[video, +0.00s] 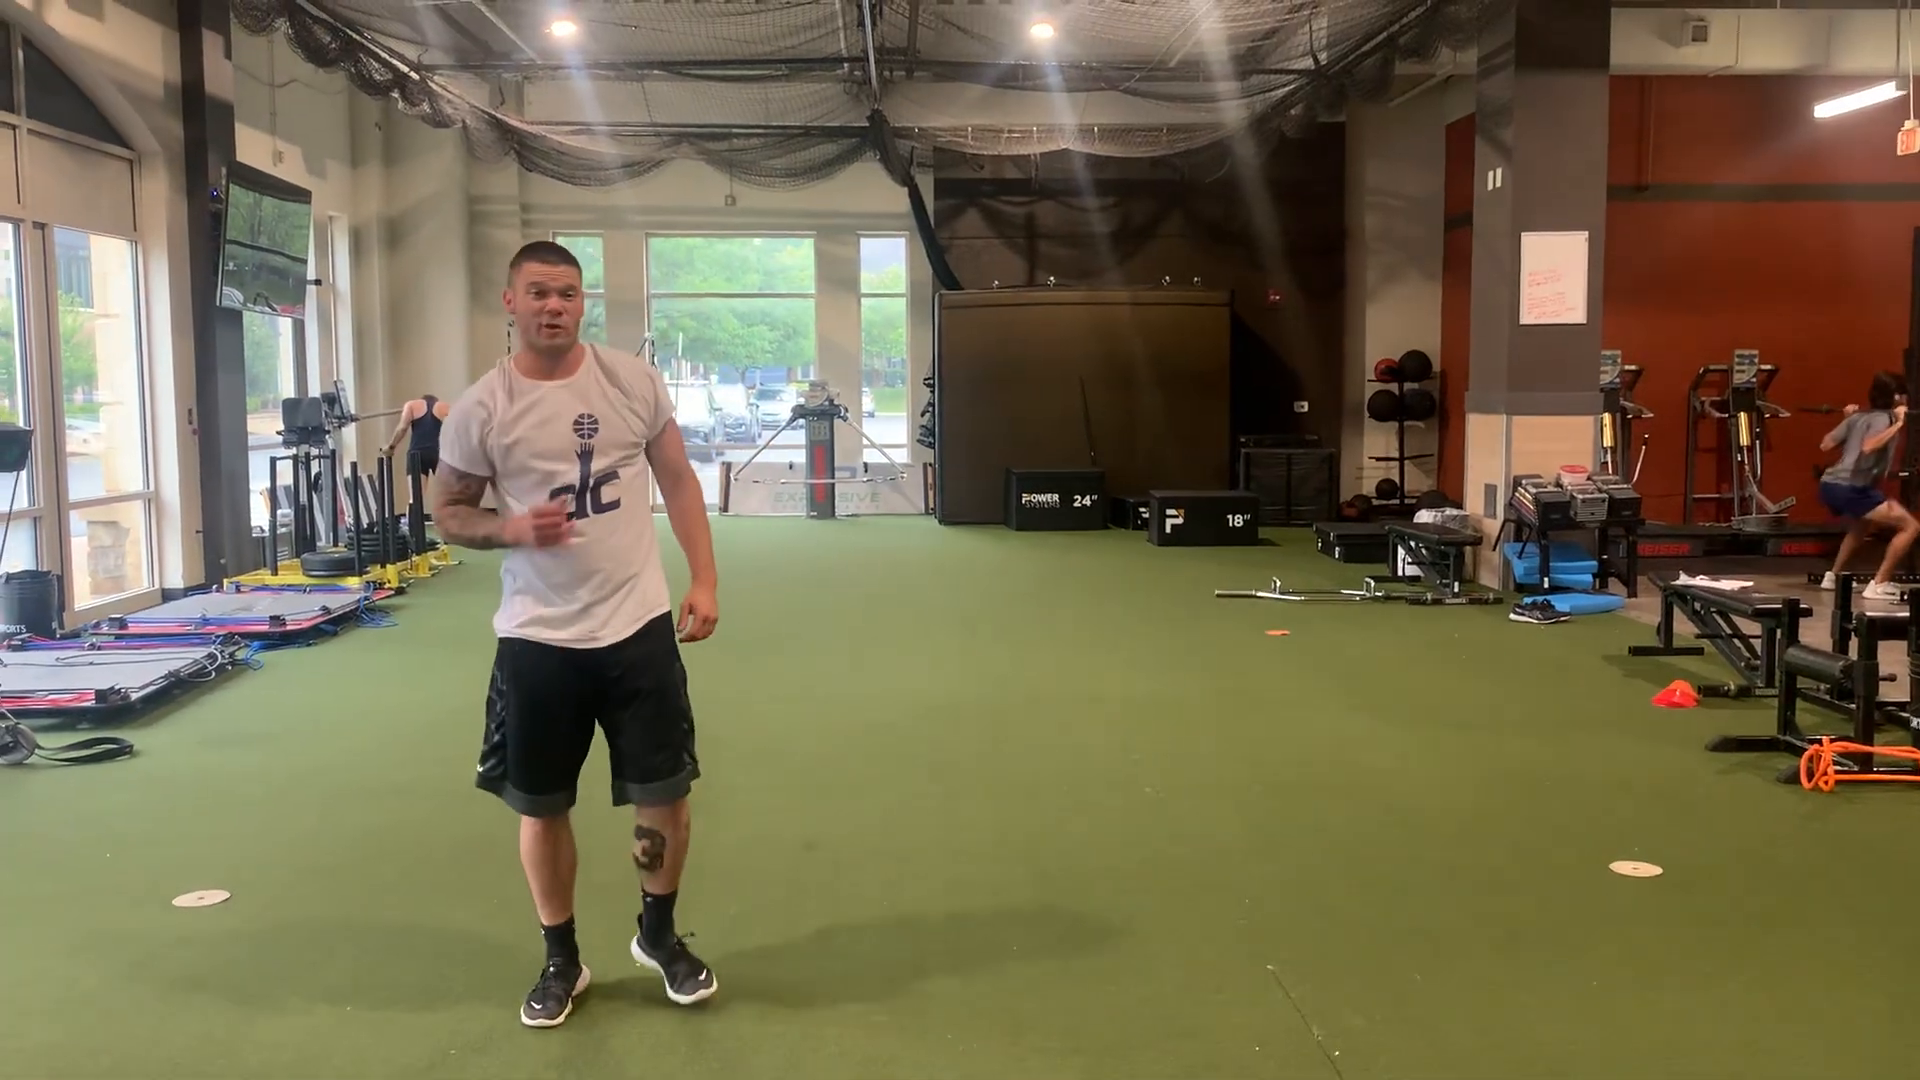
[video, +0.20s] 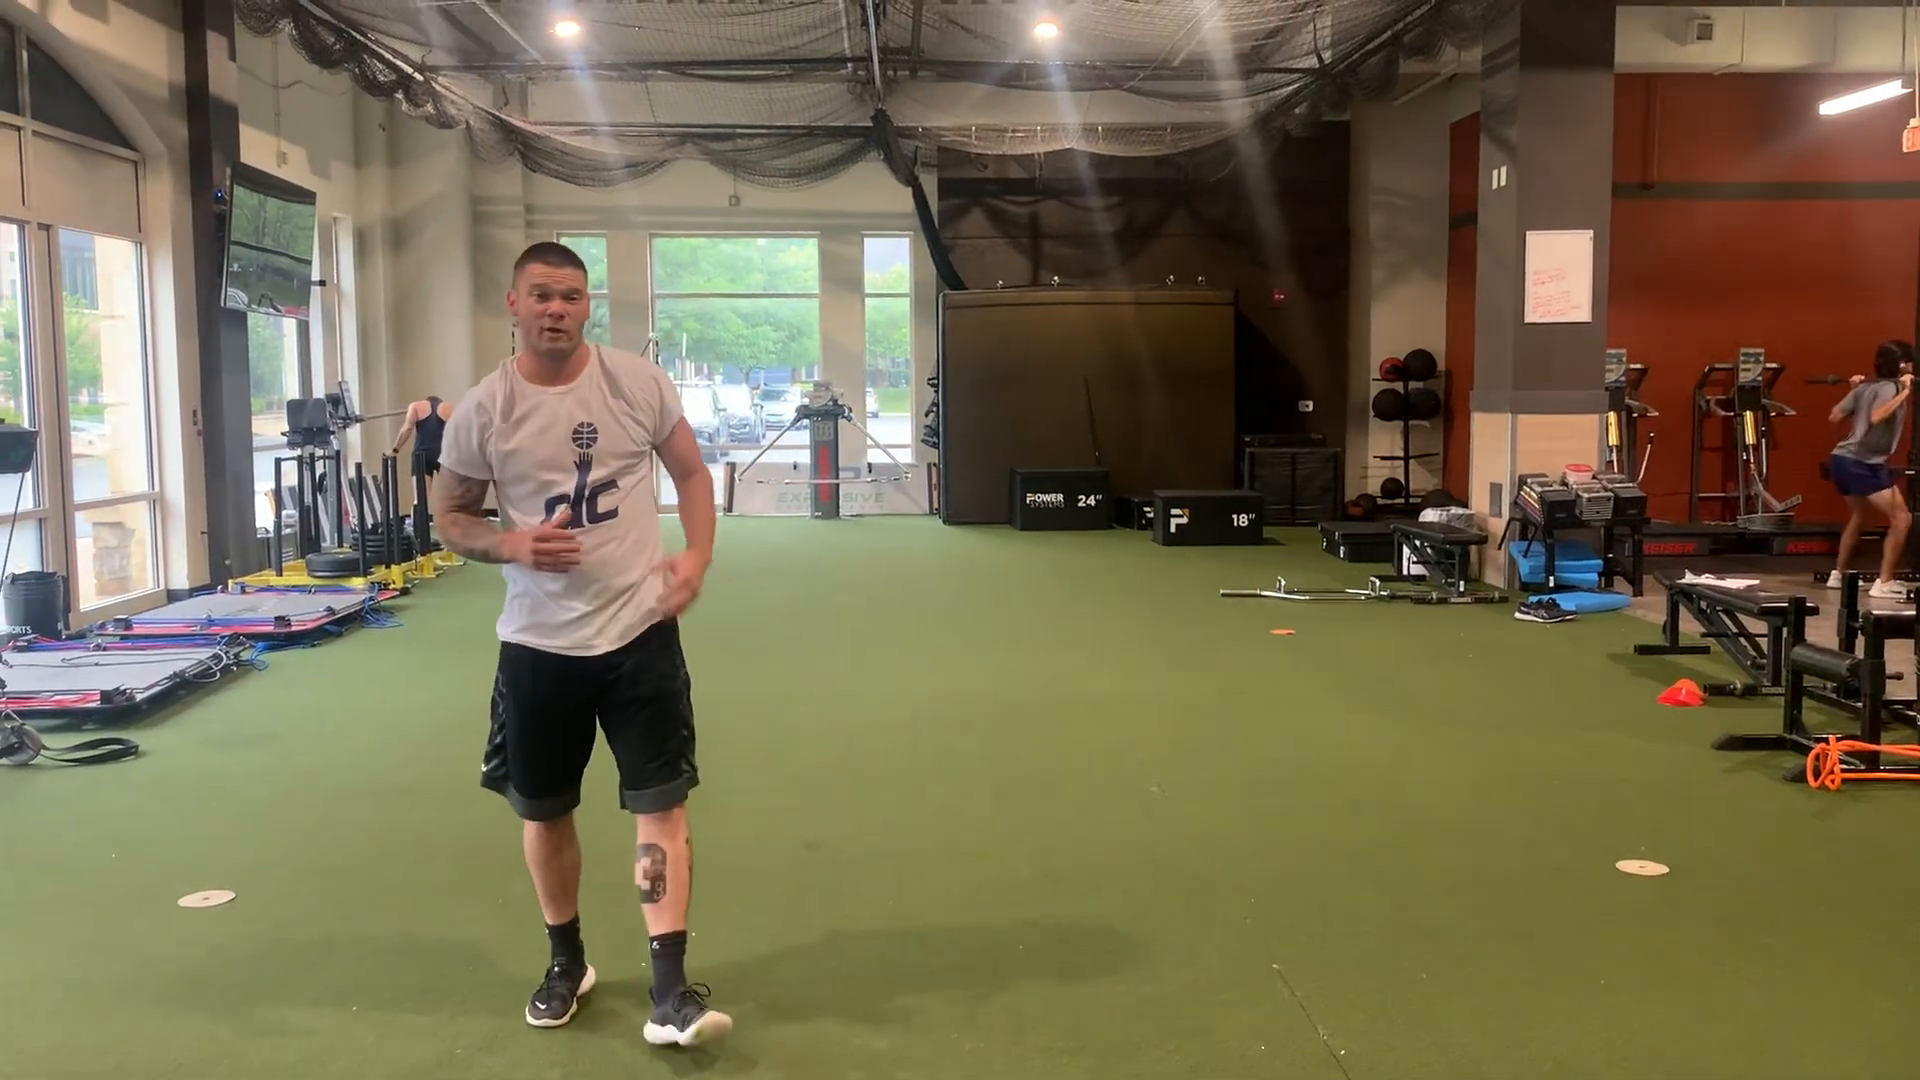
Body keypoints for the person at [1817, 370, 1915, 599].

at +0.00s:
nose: (1904, 401)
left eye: (1904, 397)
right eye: (1903, 396)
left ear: (1874, 395)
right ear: (1894, 398)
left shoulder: (1857, 418)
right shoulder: (1883, 419)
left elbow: (1825, 444)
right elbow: (1868, 446)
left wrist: (1846, 419)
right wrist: (1898, 425)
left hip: (1830, 485)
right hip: (1852, 490)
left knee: (1862, 526)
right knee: (1910, 526)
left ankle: (1832, 576)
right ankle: (1879, 584)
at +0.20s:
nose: (1911, 370)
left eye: (1911, 366)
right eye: (1910, 365)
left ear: (1881, 364)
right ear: (1901, 366)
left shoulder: (1864, 388)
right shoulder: (1890, 388)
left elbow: (1835, 415)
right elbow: (1876, 416)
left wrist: (1854, 389)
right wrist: (1905, 391)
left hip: (1841, 460)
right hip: (1863, 465)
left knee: (1857, 517)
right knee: (1901, 517)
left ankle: (1837, 574)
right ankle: (1885, 582)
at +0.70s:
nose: (1915, 396)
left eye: (1914, 391)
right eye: (1912, 391)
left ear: (1883, 392)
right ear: (1904, 394)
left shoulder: (1868, 414)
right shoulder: (1894, 415)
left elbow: (1838, 441)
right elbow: (1878, 443)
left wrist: (1858, 416)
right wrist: (1908, 421)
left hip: (1841, 483)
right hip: (1865, 488)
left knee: (1869, 524)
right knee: (1917, 522)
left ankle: (1843, 573)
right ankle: (1889, 582)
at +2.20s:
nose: (1896, 422)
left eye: (1896, 418)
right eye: (1895, 417)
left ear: (1866, 419)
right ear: (1887, 421)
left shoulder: (1852, 441)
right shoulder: (1877, 442)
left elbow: (1822, 469)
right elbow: (1863, 472)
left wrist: (1841, 443)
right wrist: (1892, 448)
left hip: (1824, 508)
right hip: (1847, 512)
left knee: (1856, 542)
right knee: (1910, 540)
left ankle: (1826, 585)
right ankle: (1872, 593)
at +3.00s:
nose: (1885, 395)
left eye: (1885, 390)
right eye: (1882, 390)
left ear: (1855, 392)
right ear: (1872, 393)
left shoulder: (1840, 416)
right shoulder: (1865, 415)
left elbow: (1812, 443)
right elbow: (1854, 444)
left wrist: (1829, 417)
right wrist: (1881, 419)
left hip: (1819, 486)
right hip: (1840, 491)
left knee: (1837, 540)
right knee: (1881, 541)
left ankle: (1814, 597)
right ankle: (1861, 605)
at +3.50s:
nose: (1881, 429)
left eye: (1881, 425)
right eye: (1879, 424)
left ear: (1850, 425)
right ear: (1871, 427)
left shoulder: (1837, 448)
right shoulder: (1862, 448)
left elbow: (1807, 475)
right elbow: (1849, 476)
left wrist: (1825, 450)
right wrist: (1877, 453)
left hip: (1811, 515)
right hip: (1836, 520)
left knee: (1842, 555)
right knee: (1892, 557)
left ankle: (1814, 604)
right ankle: (1860, 613)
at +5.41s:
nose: (1888, 458)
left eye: (1889, 453)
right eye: (1887, 453)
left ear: (1857, 454)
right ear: (1878, 457)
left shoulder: (1843, 475)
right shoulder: (1869, 478)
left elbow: (1812, 502)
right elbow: (1851, 506)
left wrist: (1832, 476)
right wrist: (1882, 483)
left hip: (1814, 540)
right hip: (1836, 544)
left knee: (1851, 567)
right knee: (1902, 568)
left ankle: (1819, 613)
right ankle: (1864, 623)